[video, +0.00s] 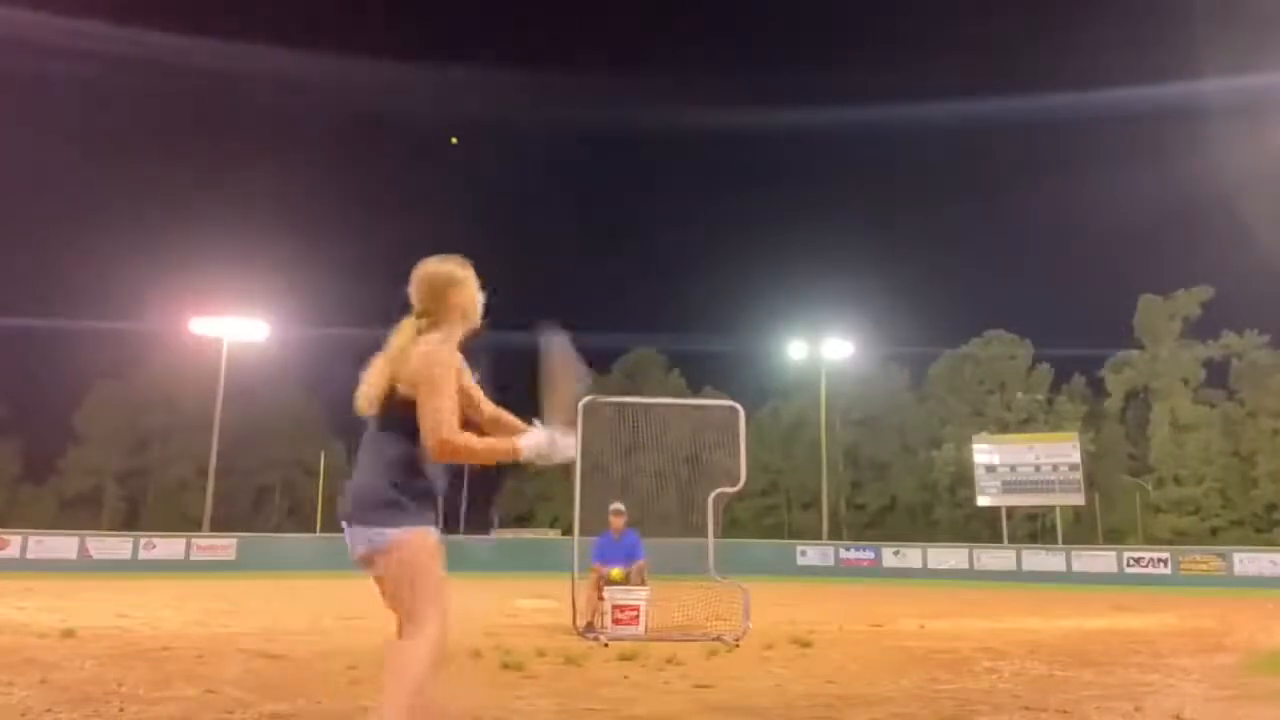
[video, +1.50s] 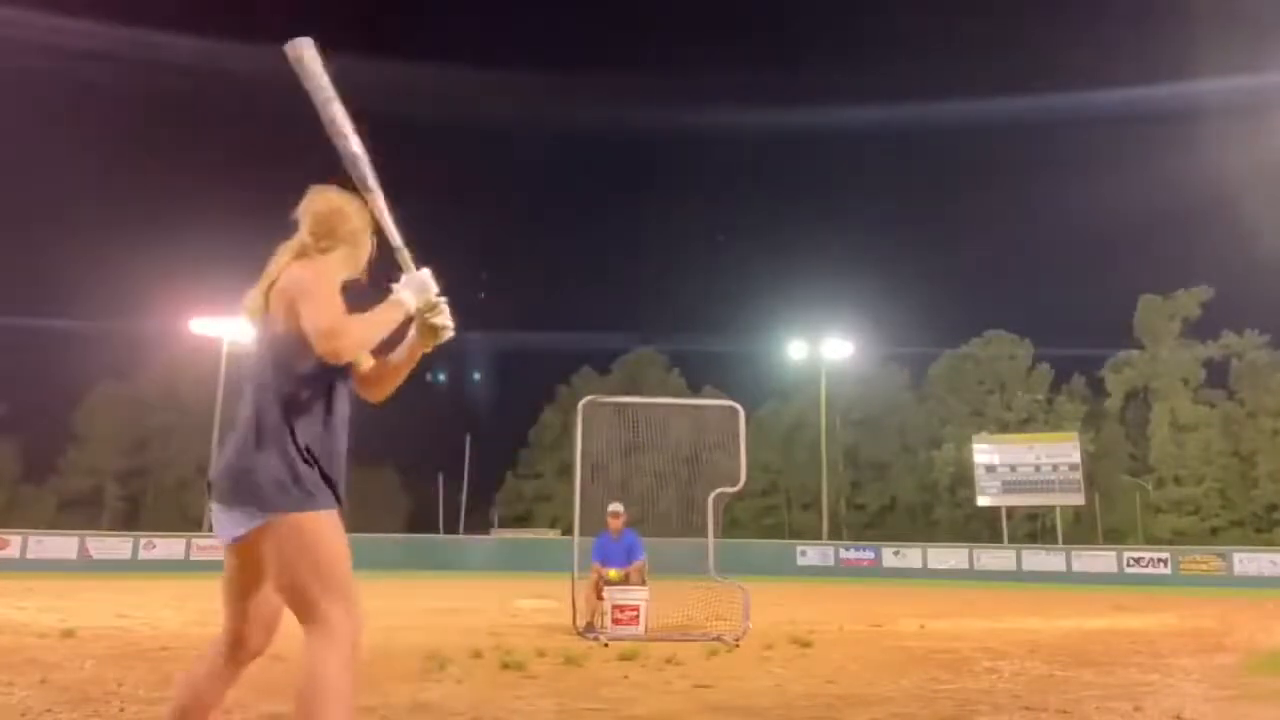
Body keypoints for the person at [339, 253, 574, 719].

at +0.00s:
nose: (482, 297)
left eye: (478, 289)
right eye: (475, 289)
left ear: (433, 300)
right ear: (456, 300)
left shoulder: (425, 349)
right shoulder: (436, 354)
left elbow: (483, 412)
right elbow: (441, 444)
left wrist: (538, 436)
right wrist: (521, 448)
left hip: (375, 503)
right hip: (397, 506)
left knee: (416, 626)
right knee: (426, 627)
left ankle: (401, 709)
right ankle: (393, 711)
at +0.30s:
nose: (458, 261)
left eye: (451, 250)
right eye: (446, 251)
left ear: (424, 267)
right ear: (416, 266)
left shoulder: (444, 328)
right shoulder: (383, 320)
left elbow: (478, 418)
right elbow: (347, 408)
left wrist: (460, 363)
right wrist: (419, 365)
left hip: (384, 504)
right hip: (350, 503)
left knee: (390, 638)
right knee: (400, 633)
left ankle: (372, 713)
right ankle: (368, 714)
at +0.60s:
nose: (427, 241)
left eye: (425, 233)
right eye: (415, 232)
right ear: (381, 240)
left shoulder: (430, 308)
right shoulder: (336, 289)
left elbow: (455, 371)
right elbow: (298, 372)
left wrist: (407, 320)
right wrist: (356, 300)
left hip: (370, 488)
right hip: (320, 482)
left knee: (332, 628)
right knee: (360, 620)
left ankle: (243, 709)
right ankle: (332, 713)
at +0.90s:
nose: (378, 261)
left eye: (379, 250)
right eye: (372, 249)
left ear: (337, 250)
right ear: (342, 247)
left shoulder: (352, 302)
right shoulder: (296, 281)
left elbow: (400, 380)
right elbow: (290, 372)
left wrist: (397, 323)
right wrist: (349, 313)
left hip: (291, 480)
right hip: (278, 479)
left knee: (251, 638)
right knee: (341, 623)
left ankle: (183, 713)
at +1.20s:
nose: (358, 254)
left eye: (355, 246)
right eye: (354, 244)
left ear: (297, 235)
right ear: (337, 240)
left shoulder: (275, 285)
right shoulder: (306, 271)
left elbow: (366, 379)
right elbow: (310, 351)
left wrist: (398, 331)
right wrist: (368, 303)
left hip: (238, 475)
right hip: (278, 476)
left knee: (234, 637)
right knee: (339, 615)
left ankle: (177, 712)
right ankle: (326, 712)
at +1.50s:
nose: (369, 254)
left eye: (370, 243)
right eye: (367, 242)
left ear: (311, 231)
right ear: (352, 236)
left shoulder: (294, 285)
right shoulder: (310, 274)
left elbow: (373, 386)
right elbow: (334, 342)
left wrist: (417, 342)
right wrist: (401, 300)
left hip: (249, 476)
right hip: (284, 477)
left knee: (243, 638)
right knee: (335, 624)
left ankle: (179, 713)